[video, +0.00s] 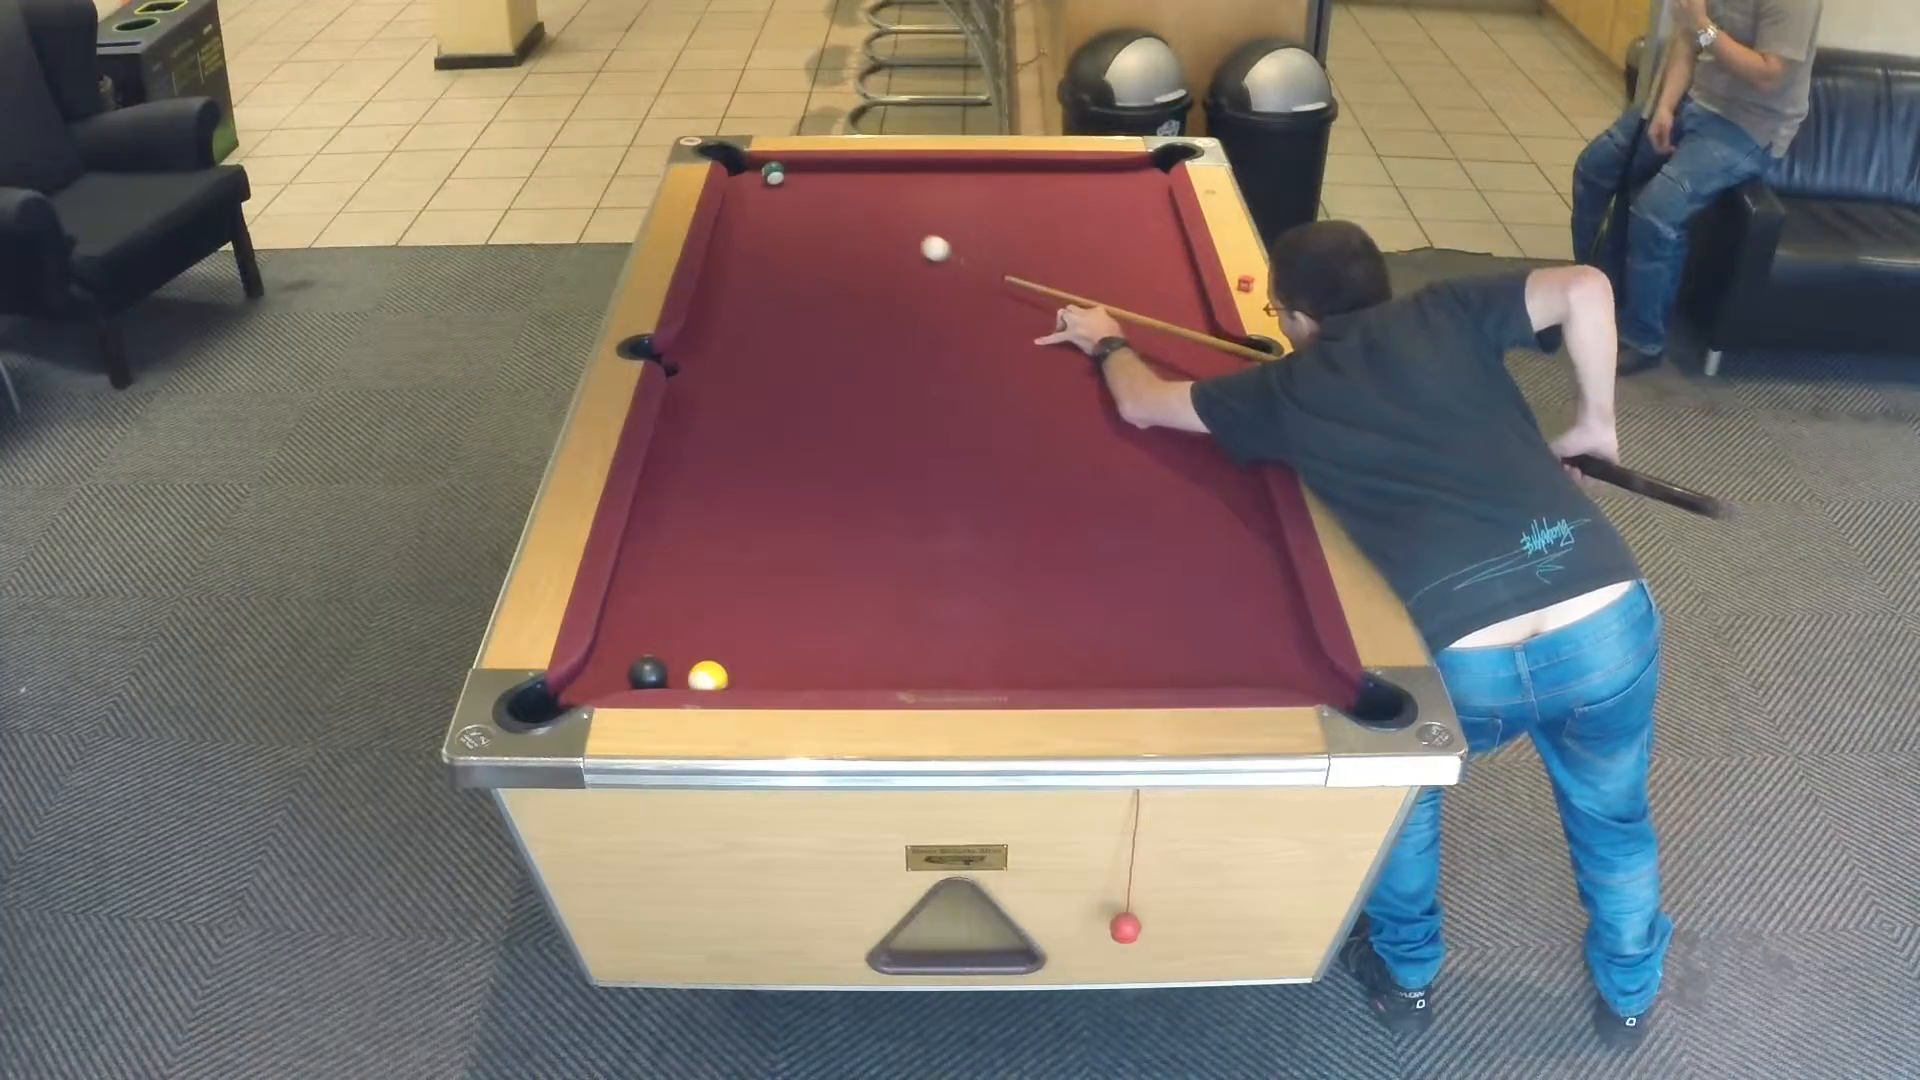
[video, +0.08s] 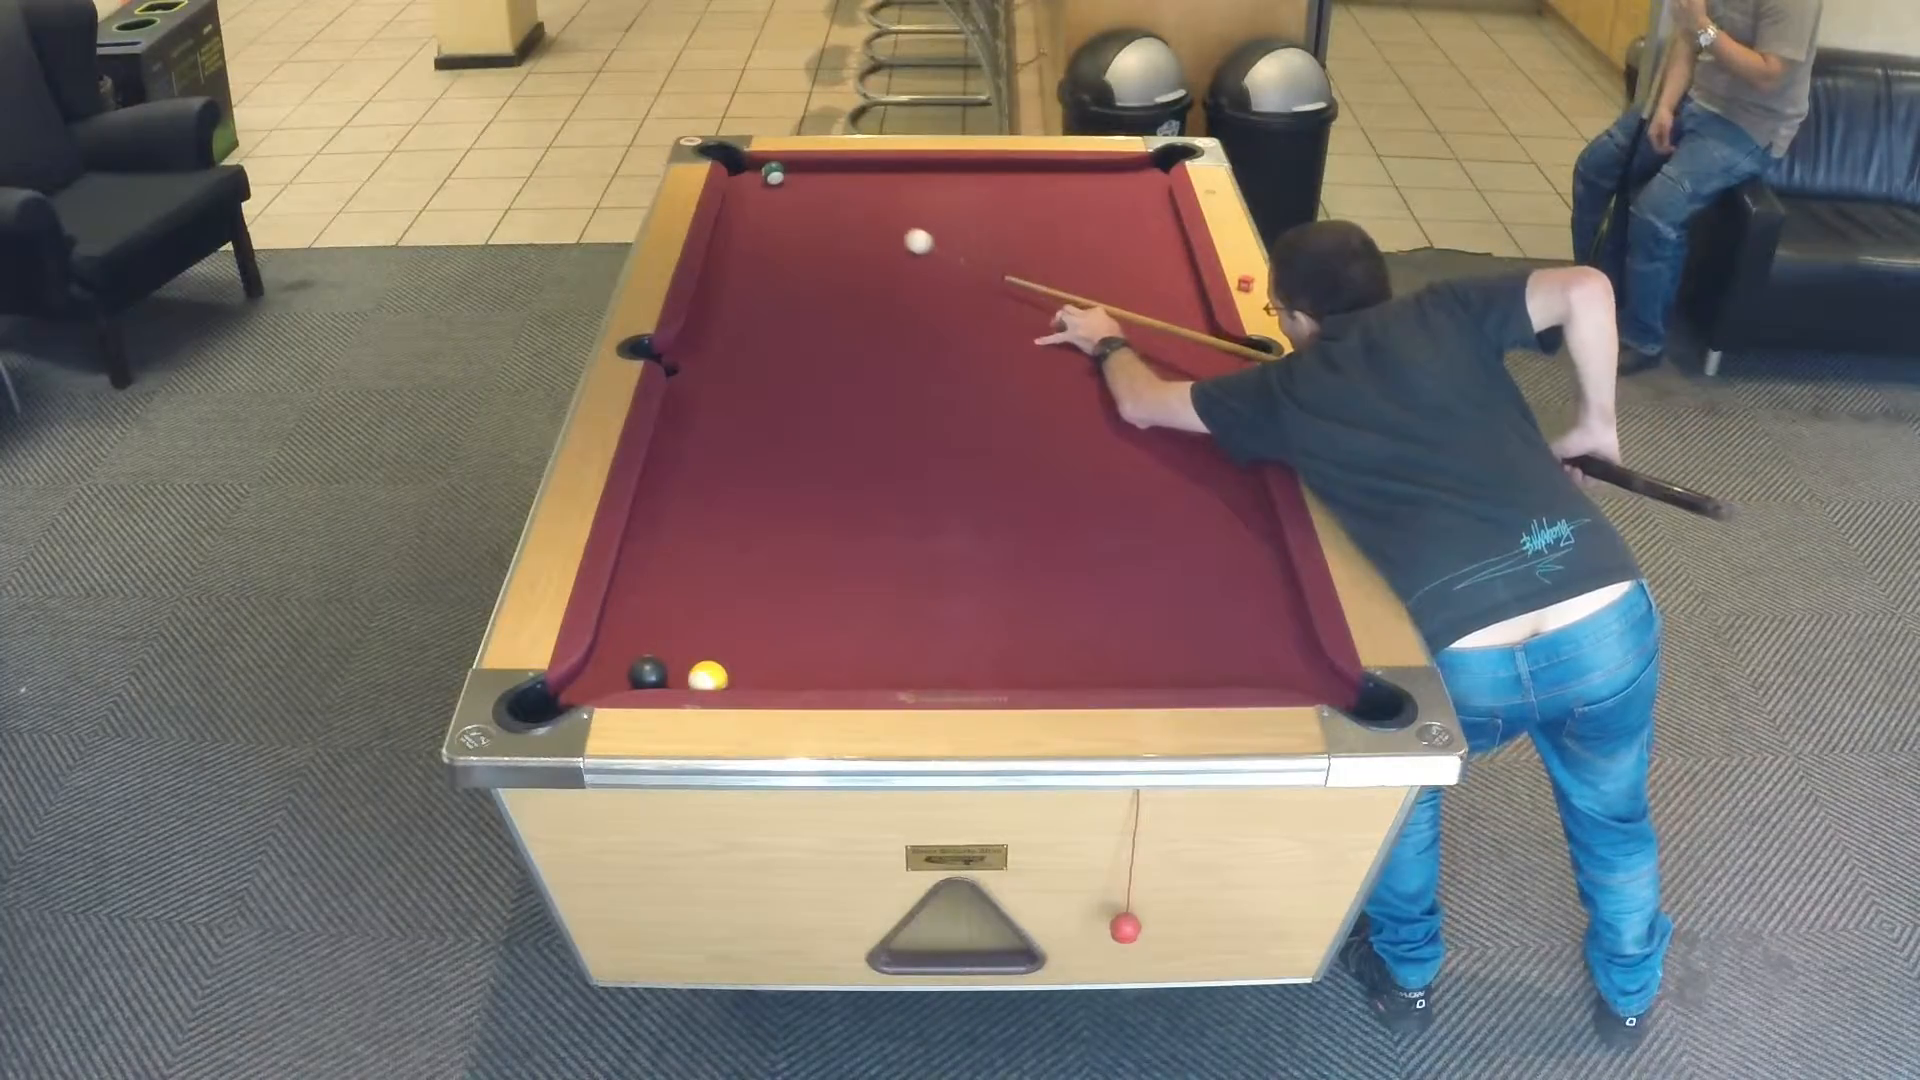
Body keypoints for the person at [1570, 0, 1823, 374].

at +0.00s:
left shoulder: (1791, 6)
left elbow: (1769, 76)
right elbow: (1686, 40)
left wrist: (1702, 27)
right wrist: (1666, 106)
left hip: (1746, 127)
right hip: (1689, 103)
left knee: (1654, 211)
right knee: (1594, 168)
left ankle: (1643, 342)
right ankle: (1589, 299)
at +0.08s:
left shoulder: (1791, 7)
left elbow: (1769, 76)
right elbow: (1686, 39)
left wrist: (1702, 27)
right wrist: (1666, 106)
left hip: (1746, 127)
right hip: (1689, 103)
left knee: (1654, 211)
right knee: (1595, 168)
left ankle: (1643, 342)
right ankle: (1590, 299)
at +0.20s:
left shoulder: (1791, 7)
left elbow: (1769, 76)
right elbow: (1686, 39)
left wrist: (1702, 27)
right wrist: (1666, 106)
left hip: (1746, 127)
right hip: (1689, 103)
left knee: (1654, 211)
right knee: (1594, 168)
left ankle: (1643, 342)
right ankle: (1590, 299)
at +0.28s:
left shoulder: (1791, 7)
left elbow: (1770, 76)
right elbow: (1687, 40)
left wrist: (1702, 27)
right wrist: (1666, 106)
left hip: (1746, 127)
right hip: (1689, 103)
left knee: (1654, 211)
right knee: (1594, 168)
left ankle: (1642, 341)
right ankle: (1591, 300)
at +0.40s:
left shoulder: (1792, 6)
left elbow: (1770, 76)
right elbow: (1686, 40)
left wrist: (1703, 28)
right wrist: (1665, 106)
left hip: (1747, 127)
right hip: (1689, 103)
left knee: (1653, 210)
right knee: (1595, 168)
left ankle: (1642, 341)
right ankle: (1591, 301)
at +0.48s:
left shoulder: (1792, 6)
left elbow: (1770, 76)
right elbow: (1686, 40)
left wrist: (1703, 29)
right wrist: (1665, 106)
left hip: (1746, 128)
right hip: (1689, 103)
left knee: (1653, 211)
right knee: (1595, 168)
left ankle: (1643, 342)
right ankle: (1591, 301)